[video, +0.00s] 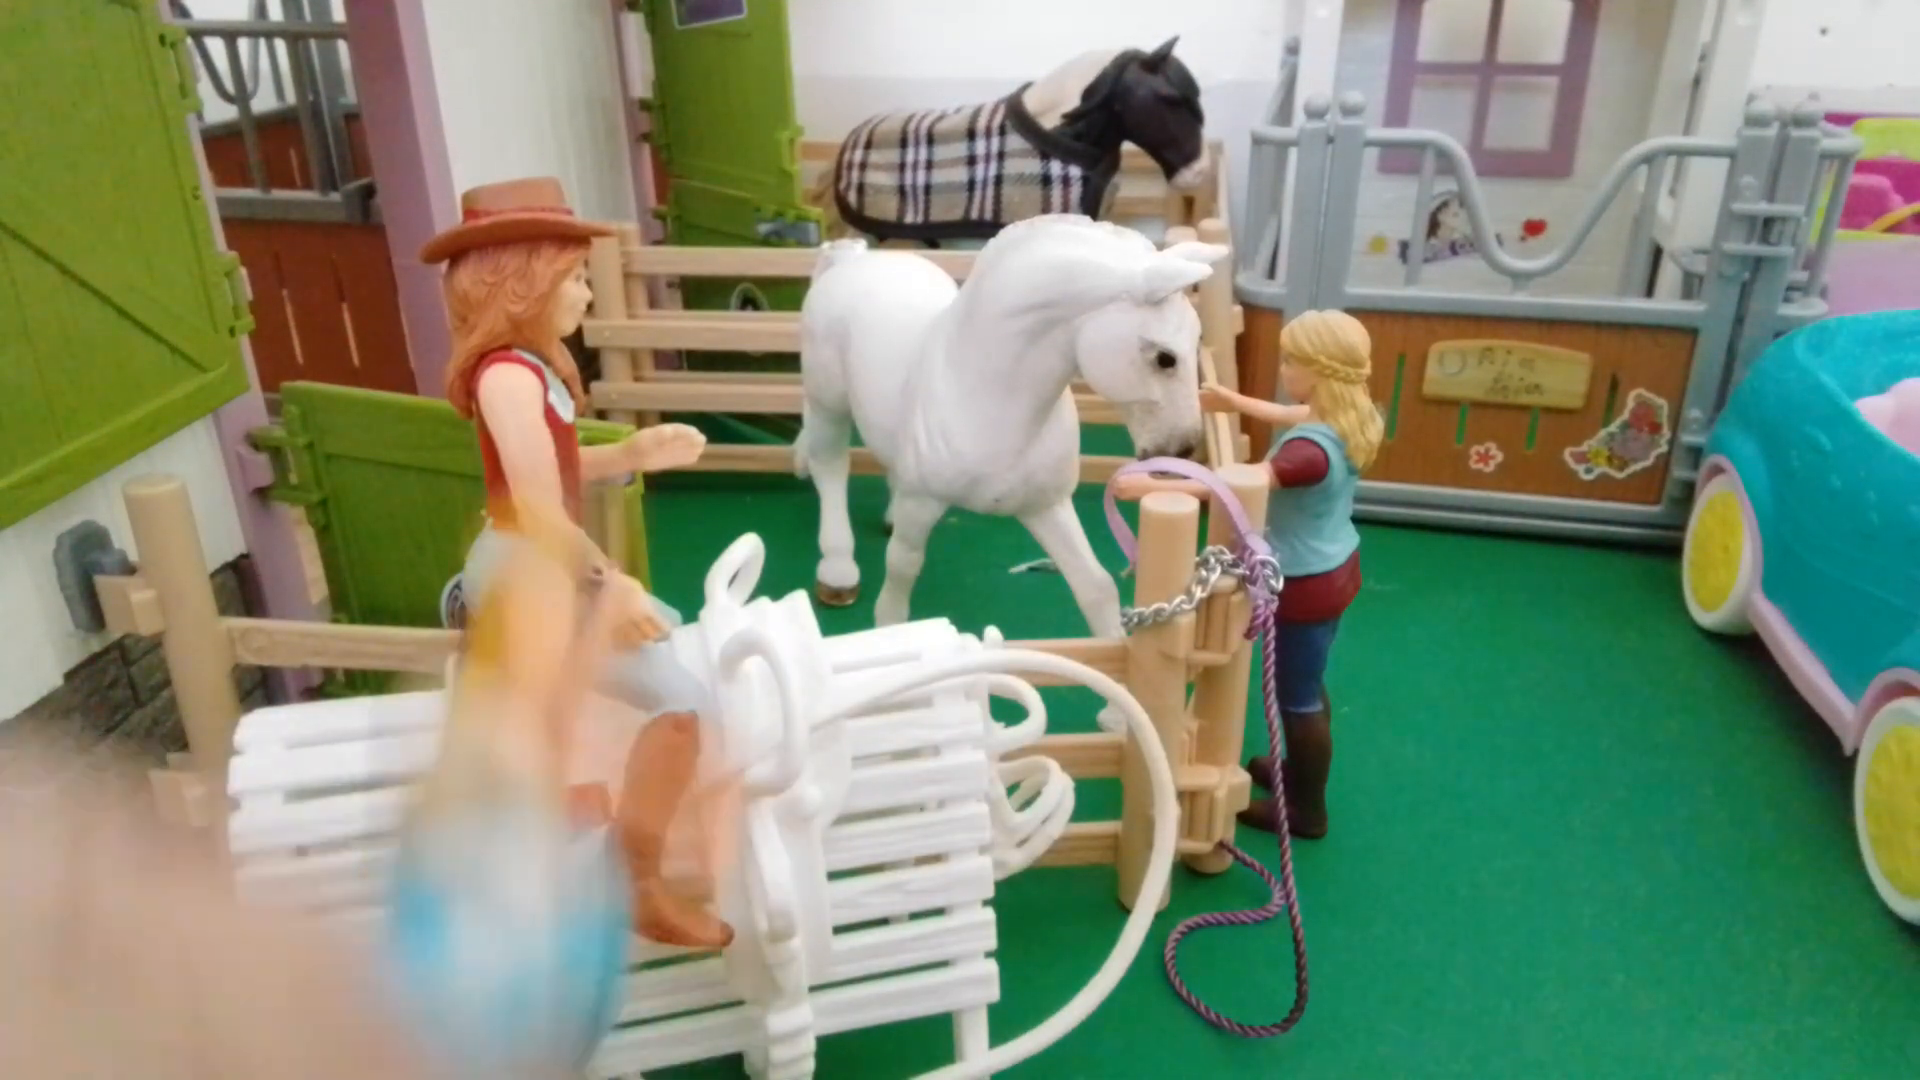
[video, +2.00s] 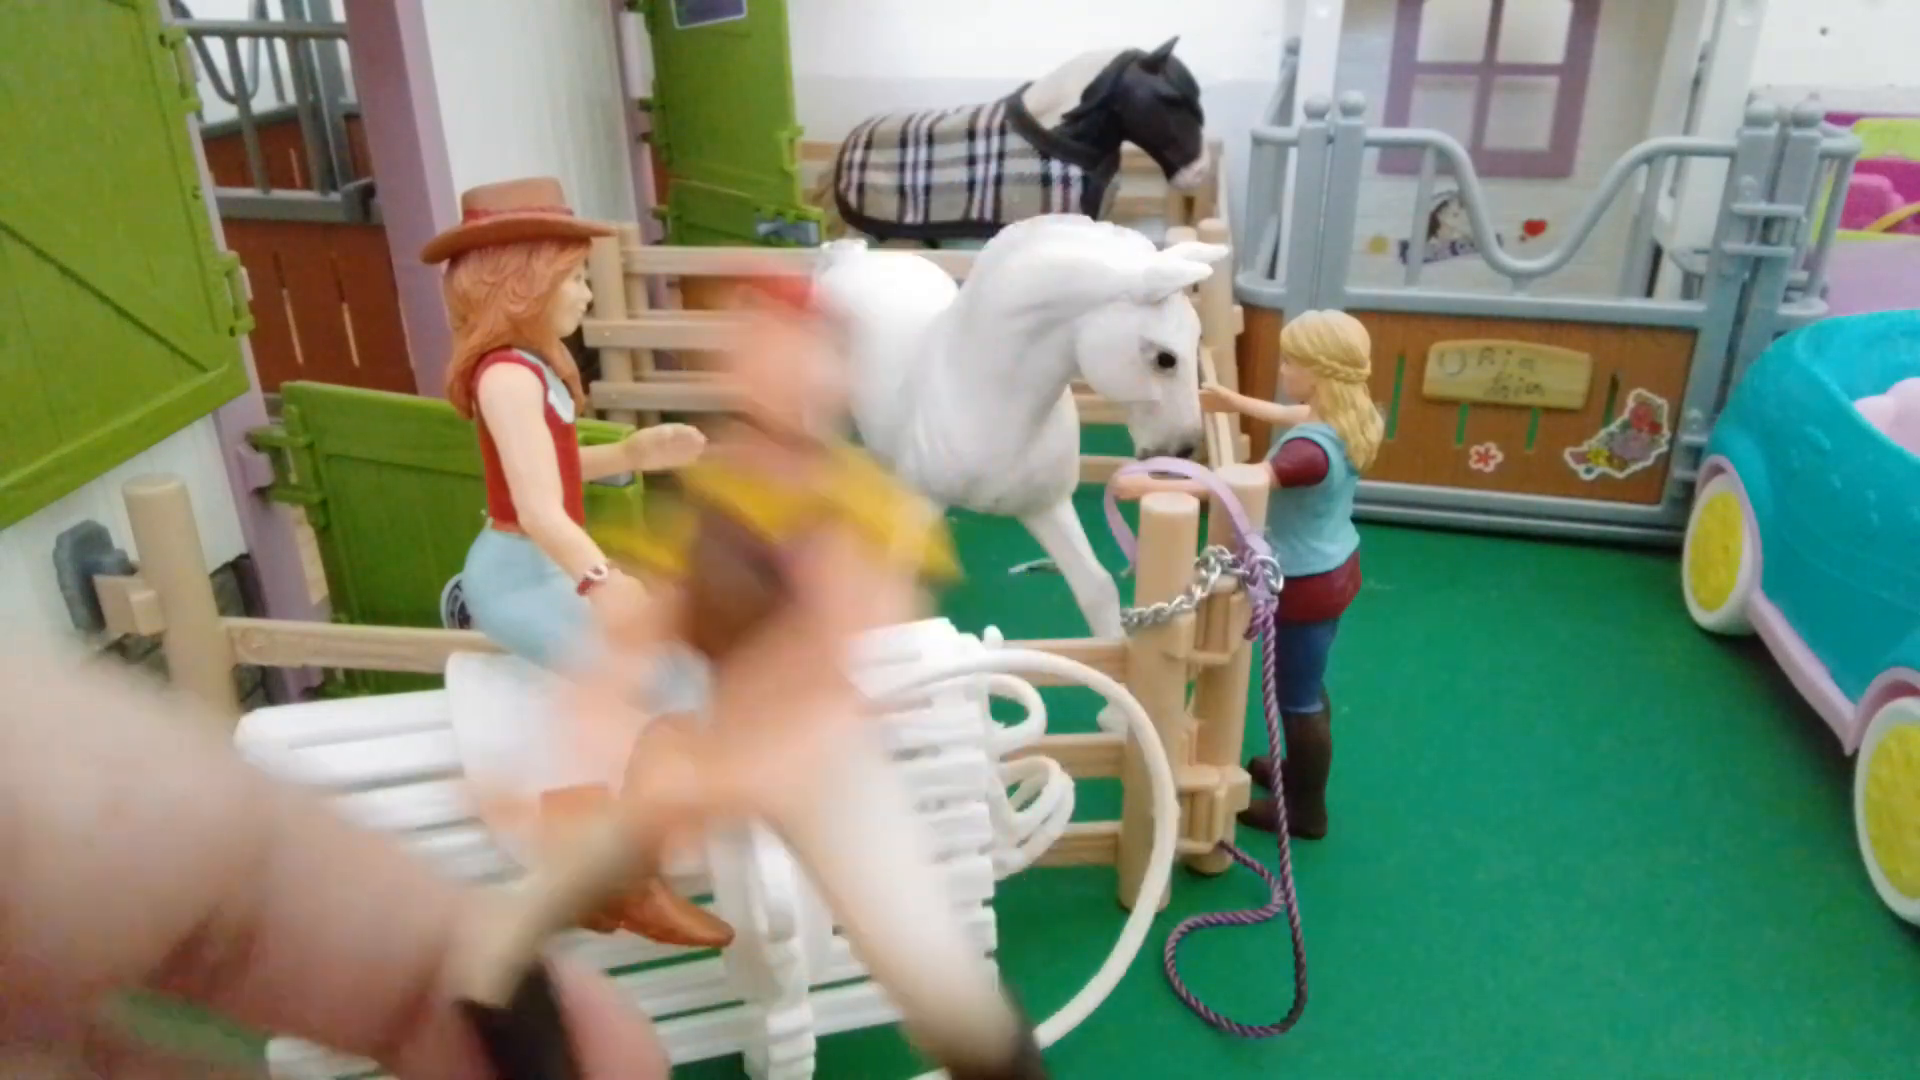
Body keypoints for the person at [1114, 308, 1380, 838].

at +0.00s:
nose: (1282, 371)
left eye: (1290, 362)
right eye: (1284, 360)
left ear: (1319, 372)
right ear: (1337, 373)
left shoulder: (1314, 448)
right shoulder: (1348, 417)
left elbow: (1244, 479)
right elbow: (1288, 416)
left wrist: (1159, 484)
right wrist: (1235, 400)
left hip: (1304, 589)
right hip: (1331, 568)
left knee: (1299, 700)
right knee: (1300, 682)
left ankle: (1303, 812)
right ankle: (1299, 774)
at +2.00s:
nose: (1281, 370)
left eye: (1290, 361)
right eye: (1284, 359)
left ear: (1318, 373)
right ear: (1335, 374)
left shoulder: (1315, 447)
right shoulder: (1347, 418)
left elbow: (1246, 478)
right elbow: (1291, 415)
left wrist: (1159, 484)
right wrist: (1238, 401)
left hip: (1303, 588)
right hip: (1329, 568)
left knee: (1300, 700)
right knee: (1301, 682)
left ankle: (1303, 812)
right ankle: (1299, 774)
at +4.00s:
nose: (1282, 369)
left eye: (1291, 359)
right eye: (1284, 358)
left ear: (1310, 372)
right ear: (1340, 372)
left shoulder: (1317, 444)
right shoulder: (1347, 421)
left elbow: (1258, 475)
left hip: (1308, 579)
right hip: (1335, 559)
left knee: (1299, 699)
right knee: (1308, 685)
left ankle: (1305, 804)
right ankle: (1306, 791)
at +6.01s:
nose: (1282, 370)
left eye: (1290, 362)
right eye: (1284, 360)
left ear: (1317, 373)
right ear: (1337, 373)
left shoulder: (1314, 448)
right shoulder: (1348, 418)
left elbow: (1248, 479)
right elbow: (1289, 416)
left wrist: (1163, 484)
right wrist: (1236, 400)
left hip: (1305, 588)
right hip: (1333, 565)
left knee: (1300, 700)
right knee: (1301, 680)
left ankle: (1304, 811)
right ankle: (1298, 771)